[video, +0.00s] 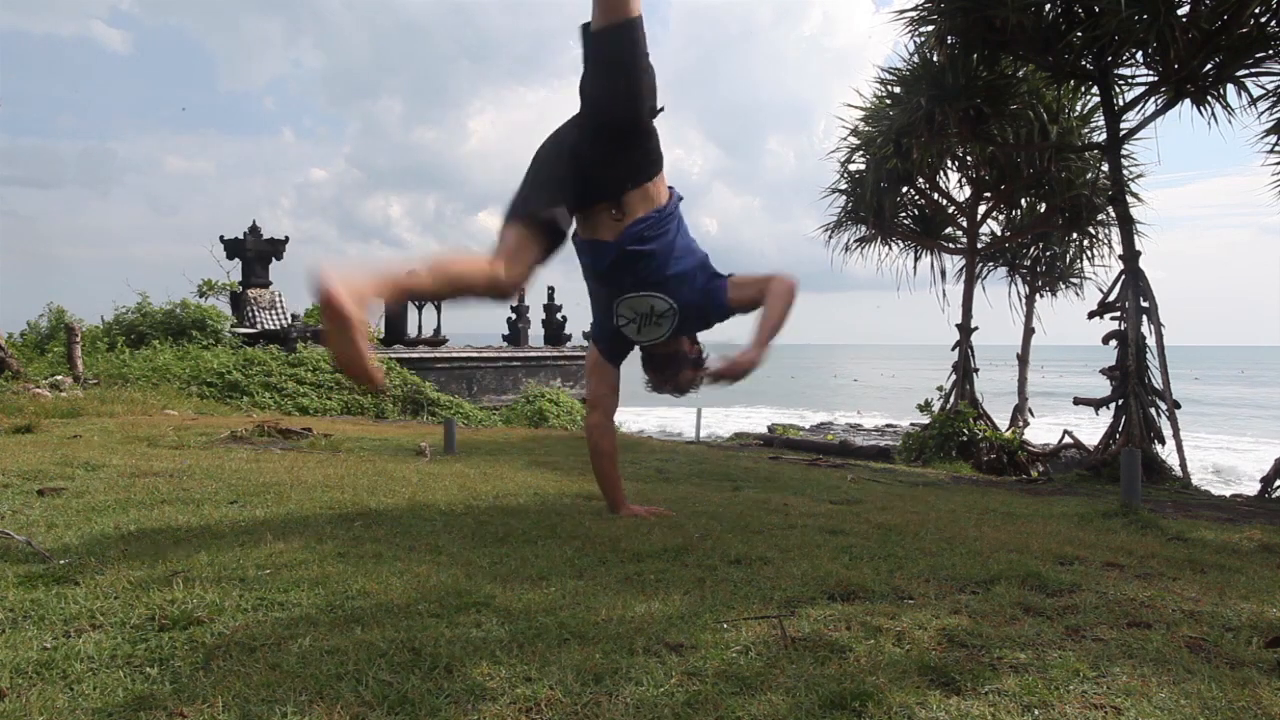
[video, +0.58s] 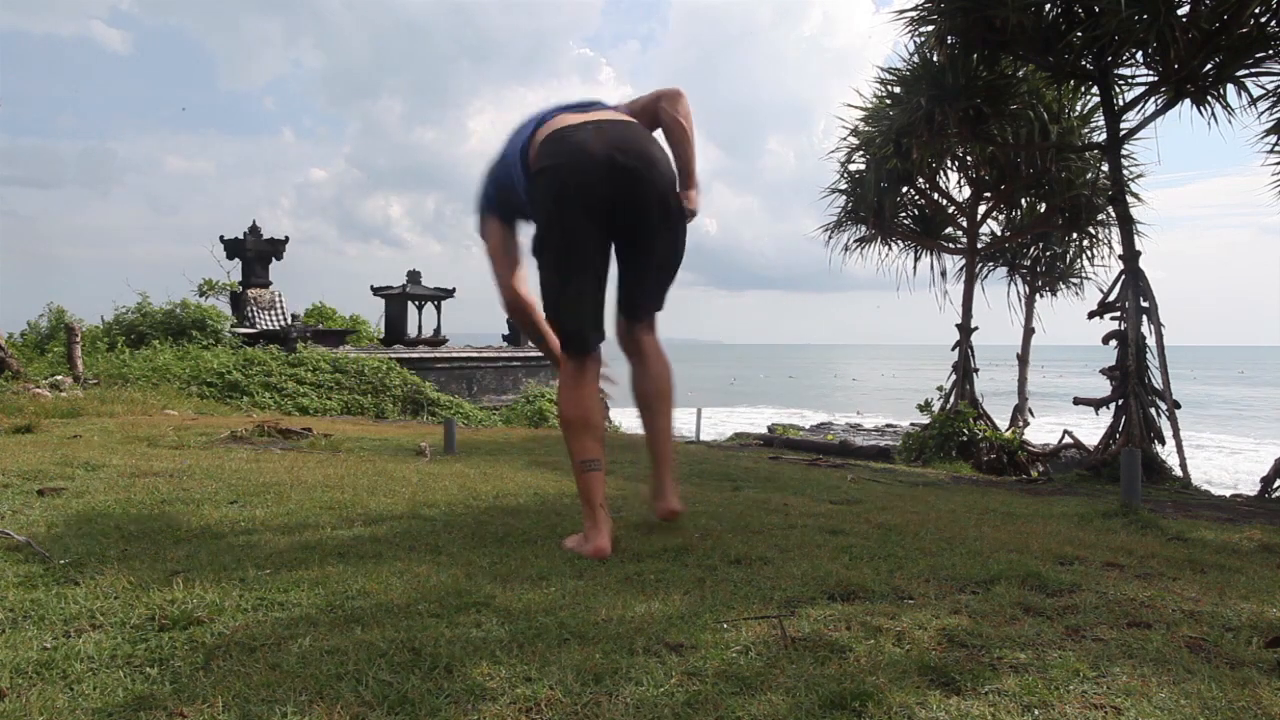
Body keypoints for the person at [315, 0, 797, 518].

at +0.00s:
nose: (666, 379)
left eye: (668, 384)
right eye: (679, 382)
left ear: (657, 360)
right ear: (694, 350)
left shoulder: (611, 334)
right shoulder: (701, 298)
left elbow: (599, 424)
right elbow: (783, 285)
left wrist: (619, 506)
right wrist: (756, 351)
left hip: (562, 166)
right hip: (628, 141)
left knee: (505, 274)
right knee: (618, 7)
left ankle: (356, 289)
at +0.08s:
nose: (651, 374)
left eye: (654, 378)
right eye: (664, 377)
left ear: (647, 357)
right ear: (685, 349)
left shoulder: (604, 335)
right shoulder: (704, 294)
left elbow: (597, 417)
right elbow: (788, 256)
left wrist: (617, 505)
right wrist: (806, 311)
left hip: (555, 169)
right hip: (619, 148)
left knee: (533, 306)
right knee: (612, 2)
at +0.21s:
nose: (640, 374)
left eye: (642, 376)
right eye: (648, 374)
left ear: (632, 348)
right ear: (665, 341)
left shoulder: (593, 339)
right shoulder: (672, 289)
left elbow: (595, 421)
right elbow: (740, 213)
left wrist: (616, 502)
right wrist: (806, 239)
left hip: (552, 185)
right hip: (621, 172)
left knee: (573, 346)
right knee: (615, 102)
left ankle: (580, 502)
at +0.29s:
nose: (647, 313)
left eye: (639, 318)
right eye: (651, 316)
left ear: (617, 318)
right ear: (650, 311)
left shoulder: (586, 305)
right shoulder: (648, 262)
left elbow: (594, 396)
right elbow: (693, 165)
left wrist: (617, 501)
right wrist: (764, 196)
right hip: (626, 152)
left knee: (579, 365)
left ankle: (596, 525)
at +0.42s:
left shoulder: (556, 269)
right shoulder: (630, 184)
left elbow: (589, 380)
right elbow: (669, 120)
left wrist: (631, 466)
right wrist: (727, 171)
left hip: (534, 195)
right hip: (605, 170)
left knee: (571, 371)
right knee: (662, 334)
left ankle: (596, 527)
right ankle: (655, 452)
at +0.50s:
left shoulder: (526, 199)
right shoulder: (624, 140)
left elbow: (540, 311)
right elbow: (671, 97)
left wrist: (596, 394)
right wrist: (703, 177)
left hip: (548, 183)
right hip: (627, 167)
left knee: (569, 367)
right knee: (659, 338)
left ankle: (596, 528)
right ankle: (686, 503)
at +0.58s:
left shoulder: (501, 176)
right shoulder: (604, 113)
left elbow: (513, 296)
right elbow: (672, 98)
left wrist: (560, 355)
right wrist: (689, 186)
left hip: (565, 167)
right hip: (645, 163)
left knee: (580, 361)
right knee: (641, 329)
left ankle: (597, 529)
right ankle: (666, 490)